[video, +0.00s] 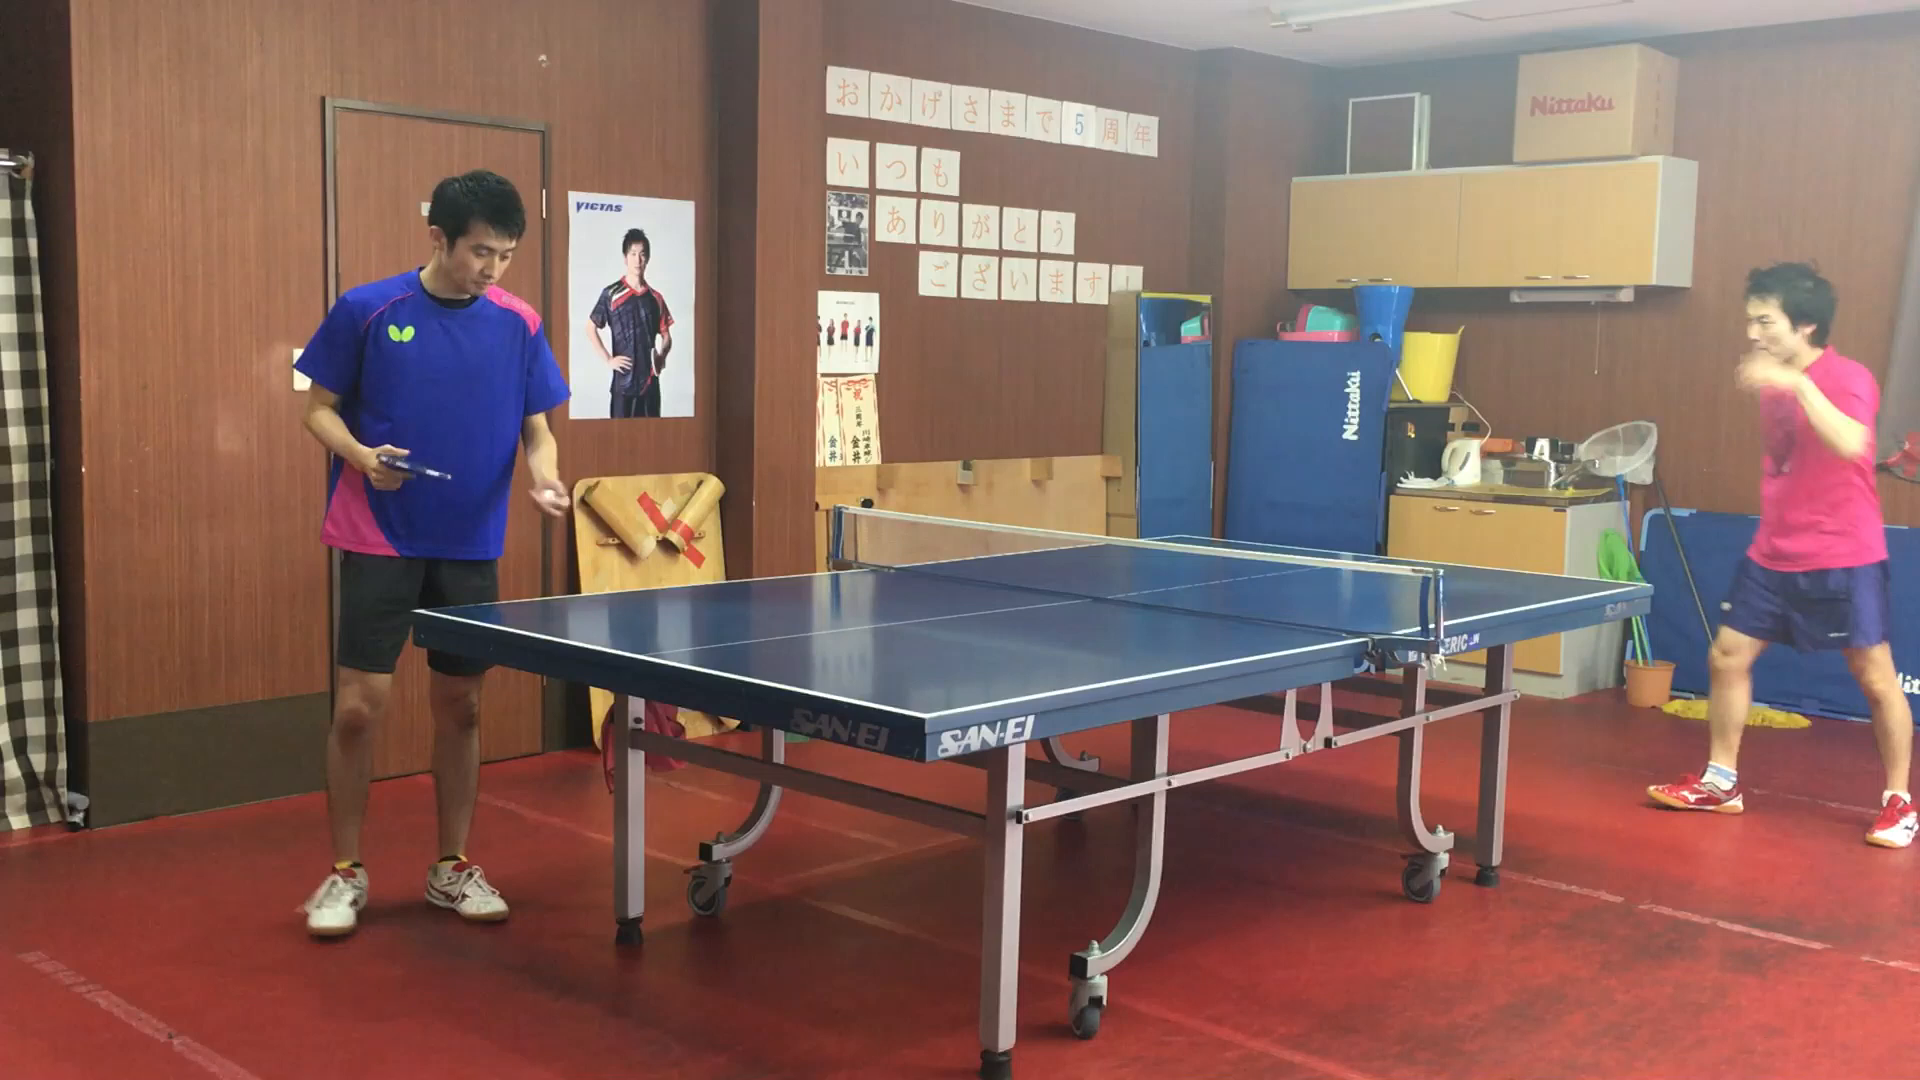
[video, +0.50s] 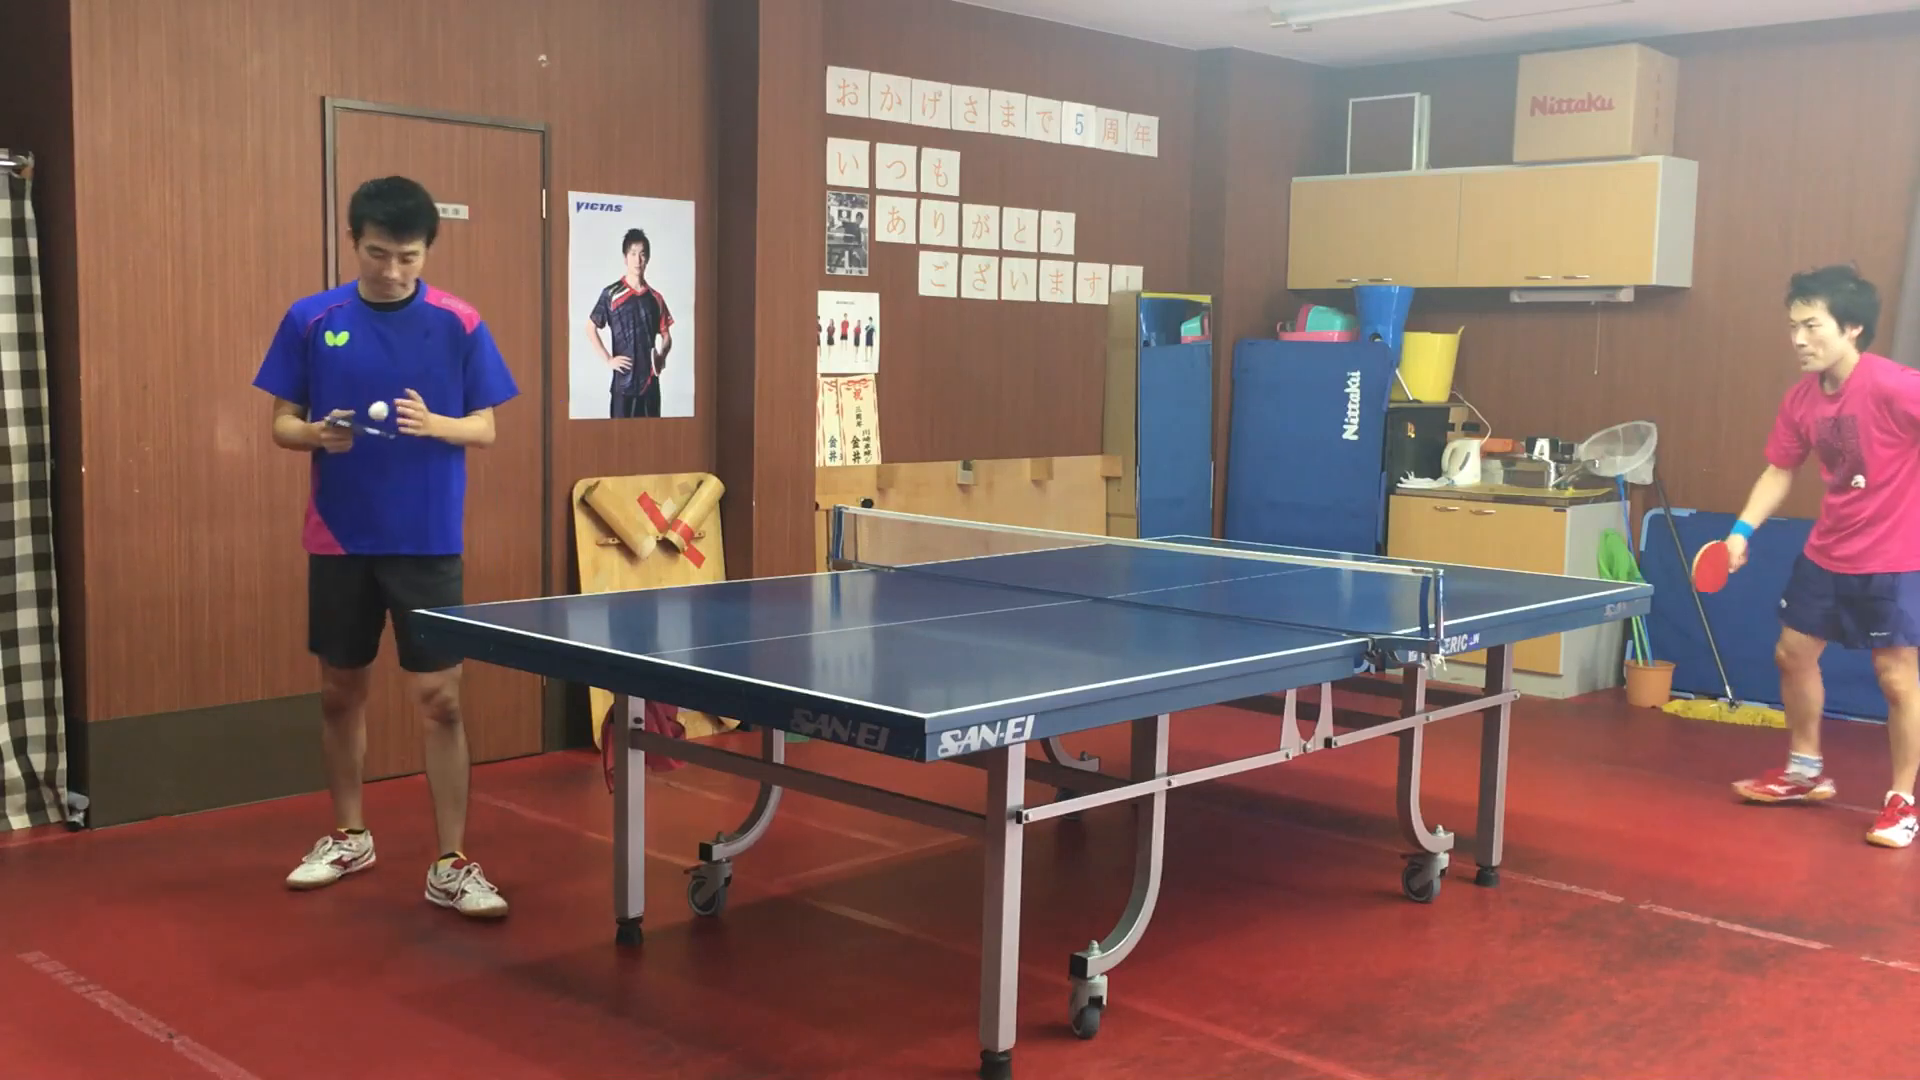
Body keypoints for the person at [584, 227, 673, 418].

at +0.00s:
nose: (639, 259)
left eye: (643, 254)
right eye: (633, 254)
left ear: (648, 258)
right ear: (625, 258)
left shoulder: (655, 297)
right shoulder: (611, 294)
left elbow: (666, 336)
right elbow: (591, 327)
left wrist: (662, 356)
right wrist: (608, 359)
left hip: (649, 378)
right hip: (624, 378)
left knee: (650, 436)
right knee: (622, 436)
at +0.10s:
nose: (638, 259)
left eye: (643, 254)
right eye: (633, 254)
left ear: (648, 258)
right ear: (625, 258)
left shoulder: (655, 297)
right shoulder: (611, 294)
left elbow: (666, 336)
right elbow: (591, 327)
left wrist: (662, 356)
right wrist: (608, 359)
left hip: (649, 378)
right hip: (624, 379)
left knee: (650, 436)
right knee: (622, 436)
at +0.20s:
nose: (638, 259)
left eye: (643, 254)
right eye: (633, 254)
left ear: (648, 258)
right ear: (625, 258)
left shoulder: (655, 297)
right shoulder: (611, 294)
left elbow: (666, 336)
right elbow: (591, 327)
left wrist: (662, 356)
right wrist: (608, 359)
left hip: (649, 378)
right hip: (624, 379)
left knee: (650, 436)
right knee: (622, 436)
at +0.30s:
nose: (638, 259)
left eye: (643, 254)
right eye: (633, 254)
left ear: (648, 258)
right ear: (625, 258)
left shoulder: (655, 297)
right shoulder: (611, 294)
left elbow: (666, 336)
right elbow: (591, 327)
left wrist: (662, 356)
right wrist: (608, 359)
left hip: (650, 379)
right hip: (624, 379)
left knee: (650, 436)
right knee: (622, 436)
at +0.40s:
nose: (638, 260)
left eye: (643, 254)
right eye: (633, 254)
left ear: (648, 258)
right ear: (625, 257)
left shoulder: (655, 297)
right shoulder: (611, 294)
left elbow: (666, 336)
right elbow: (590, 327)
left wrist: (662, 356)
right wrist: (608, 359)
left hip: (649, 378)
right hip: (624, 378)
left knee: (650, 435)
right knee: (622, 435)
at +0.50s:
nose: (638, 260)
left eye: (643, 254)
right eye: (633, 254)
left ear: (648, 258)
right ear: (625, 257)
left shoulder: (655, 298)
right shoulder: (611, 294)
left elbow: (666, 336)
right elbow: (591, 327)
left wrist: (662, 356)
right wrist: (608, 359)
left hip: (650, 379)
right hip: (624, 379)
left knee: (650, 436)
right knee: (622, 436)